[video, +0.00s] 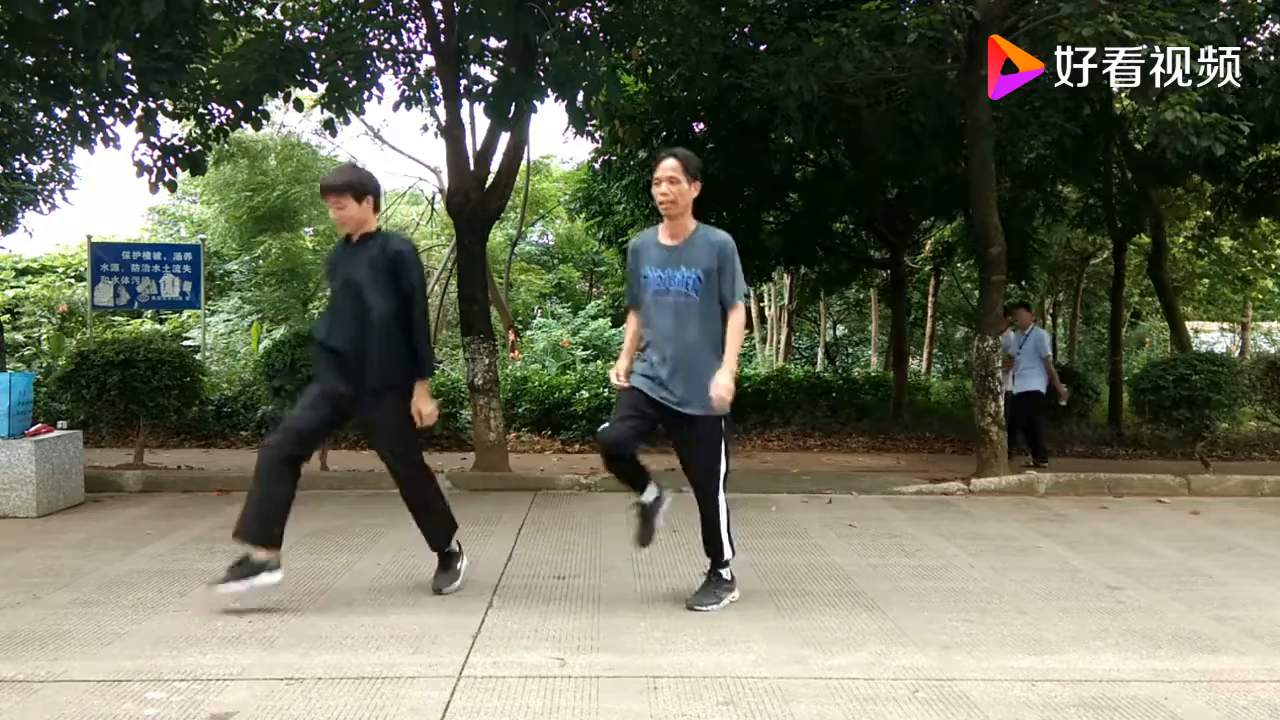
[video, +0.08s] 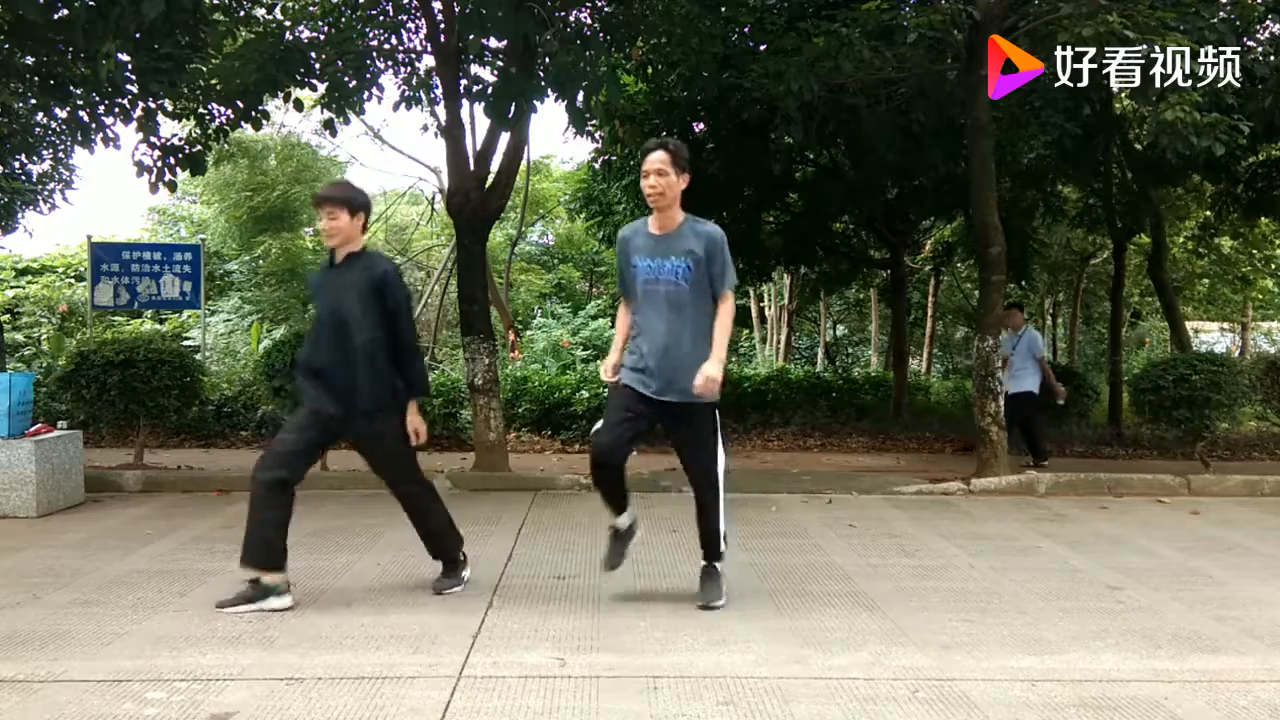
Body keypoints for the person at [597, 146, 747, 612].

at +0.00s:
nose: (663, 190)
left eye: (673, 182)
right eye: (658, 182)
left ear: (694, 189)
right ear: (652, 190)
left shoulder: (719, 245)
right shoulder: (640, 246)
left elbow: (736, 311)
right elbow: (637, 311)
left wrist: (727, 370)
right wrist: (624, 359)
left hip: (701, 386)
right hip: (649, 380)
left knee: (709, 488)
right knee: (612, 440)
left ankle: (721, 574)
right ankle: (649, 495)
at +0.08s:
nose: (651, 182)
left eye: (661, 174)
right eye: (646, 175)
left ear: (682, 181)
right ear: (640, 182)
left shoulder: (709, 237)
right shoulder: (629, 238)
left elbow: (725, 302)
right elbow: (627, 302)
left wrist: (716, 361)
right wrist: (615, 352)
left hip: (692, 383)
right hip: (637, 379)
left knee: (707, 481)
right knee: (604, 453)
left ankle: (711, 565)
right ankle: (622, 522)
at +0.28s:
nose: (617, 191)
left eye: (626, 183)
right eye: (612, 183)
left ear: (648, 191)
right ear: (606, 190)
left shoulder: (669, 249)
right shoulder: (590, 248)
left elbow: (686, 317)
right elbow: (578, 315)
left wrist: (710, 378)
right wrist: (567, 377)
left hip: (659, 395)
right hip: (601, 394)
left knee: (682, 484)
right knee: (584, 489)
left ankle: (707, 556)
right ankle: (575, 570)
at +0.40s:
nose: (593, 177)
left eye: (603, 169)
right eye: (587, 170)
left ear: (624, 176)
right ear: (582, 177)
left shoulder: (648, 233)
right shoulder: (564, 231)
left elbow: (680, 296)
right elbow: (539, 289)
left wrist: (723, 345)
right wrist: (512, 335)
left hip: (630, 377)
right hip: (573, 377)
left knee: (667, 465)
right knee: (569, 474)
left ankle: (726, 535)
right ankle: (560, 562)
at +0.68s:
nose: (560, 177)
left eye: (570, 169)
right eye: (554, 169)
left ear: (589, 175)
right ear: (547, 176)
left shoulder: (615, 230)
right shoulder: (530, 233)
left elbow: (662, 277)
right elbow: (502, 280)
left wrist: (714, 311)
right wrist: (456, 315)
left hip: (595, 371)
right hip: (542, 373)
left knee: (597, 462)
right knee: (544, 479)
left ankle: (653, 537)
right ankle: (559, 564)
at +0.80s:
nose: (552, 184)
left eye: (561, 176)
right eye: (545, 176)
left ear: (580, 181)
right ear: (536, 184)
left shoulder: (608, 239)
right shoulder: (524, 242)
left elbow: (639, 299)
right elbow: (508, 307)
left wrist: (692, 330)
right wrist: (454, 326)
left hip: (585, 379)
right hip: (531, 380)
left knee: (564, 471)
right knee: (528, 476)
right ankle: (575, 559)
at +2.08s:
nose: (543, 196)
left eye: (553, 188)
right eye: (536, 188)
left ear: (570, 196)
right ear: (527, 195)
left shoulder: (589, 253)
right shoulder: (510, 254)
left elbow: (624, 306)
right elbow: (501, 318)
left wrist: (626, 315)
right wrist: (463, 313)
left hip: (564, 393)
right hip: (516, 391)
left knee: (531, 484)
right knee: (510, 482)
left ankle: (511, 579)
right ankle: (565, 566)